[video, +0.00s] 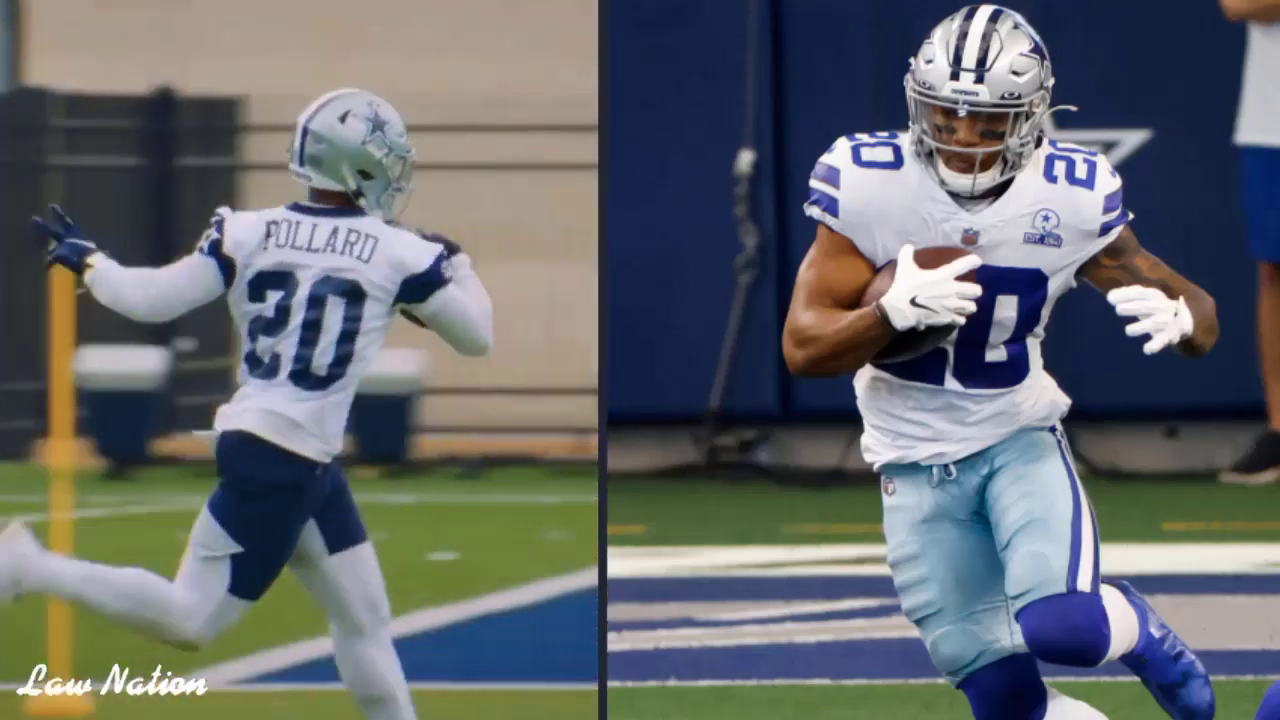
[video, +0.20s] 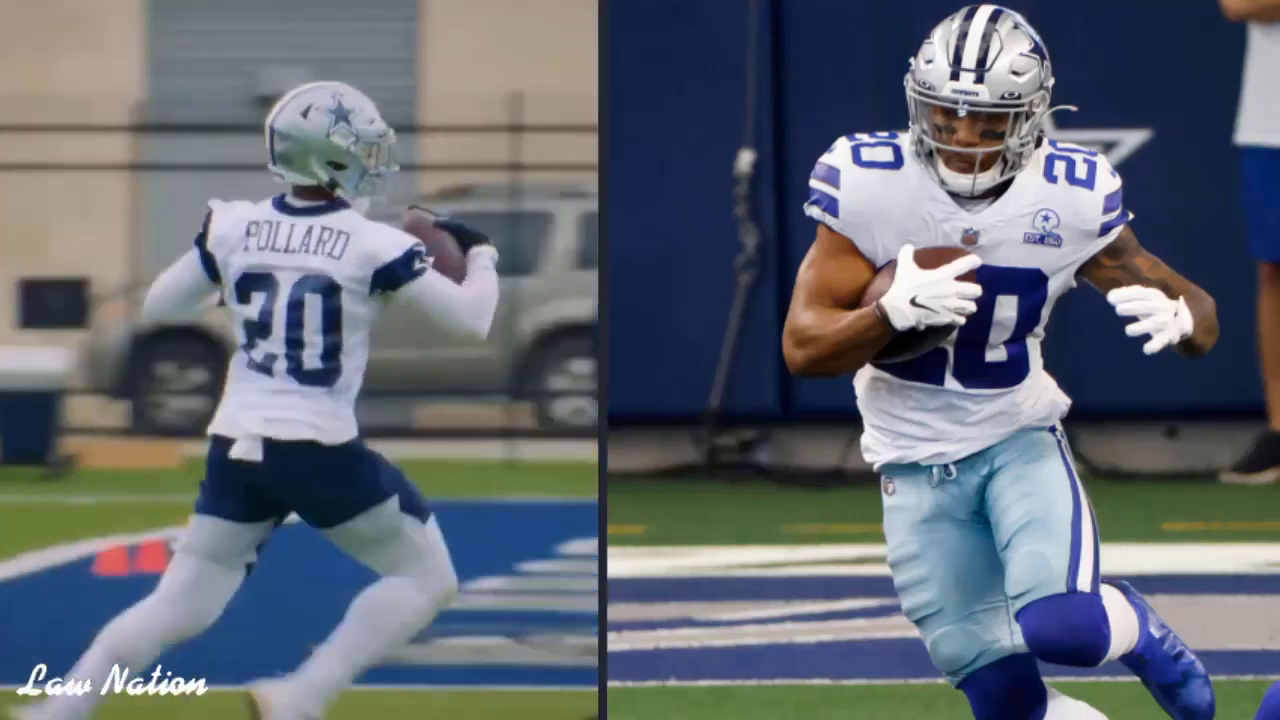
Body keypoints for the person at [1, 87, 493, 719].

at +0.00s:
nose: (399, 171)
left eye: (396, 159)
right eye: (392, 161)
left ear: (308, 159)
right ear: (374, 169)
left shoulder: (246, 231)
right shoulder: (395, 252)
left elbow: (152, 299)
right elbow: (477, 336)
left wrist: (87, 261)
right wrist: (455, 262)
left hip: (263, 441)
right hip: (285, 453)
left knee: (363, 622)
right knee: (192, 619)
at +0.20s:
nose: (371, 161)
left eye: (370, 149)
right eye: (364, 150)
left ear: (283, 154)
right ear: (340, 161)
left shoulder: (232, 226)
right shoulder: (372, 242)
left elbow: (158, 307)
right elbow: (472, 317)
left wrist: (237, 282)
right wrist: (483, 252)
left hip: (234, 451)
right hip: (321, 454)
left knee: (180, 603)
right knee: (427, 578)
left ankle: (62, 704)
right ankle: (300, 696)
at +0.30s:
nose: (400, 162)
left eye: (396, 149)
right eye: (393, 151)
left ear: (306, 153)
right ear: (372, 160)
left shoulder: (255, 224)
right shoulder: (392, 250)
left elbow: (191, 317)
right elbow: (485, 331)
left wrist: (206, 344)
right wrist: (495, 256)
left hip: (246, 440)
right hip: (330, 452)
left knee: (192, 600)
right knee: (414, 608)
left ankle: (36, 570)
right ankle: (457, 717)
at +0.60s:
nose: (435, 145)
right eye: (431, 136)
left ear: (354, 135)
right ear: (425, 143)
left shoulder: (311, 219)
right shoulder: (458, 228)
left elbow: (258, 304)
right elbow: (497, 349)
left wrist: (254, 358)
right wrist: (473, 322)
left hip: (350, 430)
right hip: (372, 437)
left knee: (428, 597)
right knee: (291, 595)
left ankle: (450, 716)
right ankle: (117, 575)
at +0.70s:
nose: (445, 179)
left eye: (442, 168)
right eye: (439, 169)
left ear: (357, 175)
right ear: (423, 178)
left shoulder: (313, 260)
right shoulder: (454, 263)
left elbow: (254, 350)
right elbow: (478, 381)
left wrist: (300, 346)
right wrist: (522, 407)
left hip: (334, 457)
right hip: (387, 466)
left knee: (424, 615)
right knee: (363, 641)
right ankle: (226, 549)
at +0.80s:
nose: (452, 167)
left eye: (450, 155)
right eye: (439, 156)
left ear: (370, 164)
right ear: (404, 165)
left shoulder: (324, 239)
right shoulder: (437, 241)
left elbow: (285, 332)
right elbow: (433, 342)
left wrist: (370, 311)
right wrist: (504, 388)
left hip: (335, 452)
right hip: (410, 454)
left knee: (321, 615)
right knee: (485, 596)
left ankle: (232, 712)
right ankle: (334, 654)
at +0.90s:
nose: (467, 159)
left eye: (466, 145)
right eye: (454, 146)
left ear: (393, 160)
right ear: (417, 155)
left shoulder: (354, 223)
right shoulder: (437, 231)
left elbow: (318, 315)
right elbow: (419, 325)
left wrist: (411, 328)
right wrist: (504, 356)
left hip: (355, 435)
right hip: (423, 437)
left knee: (316, 594)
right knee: (513, 579)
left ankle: (147, 618)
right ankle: (511, 716)